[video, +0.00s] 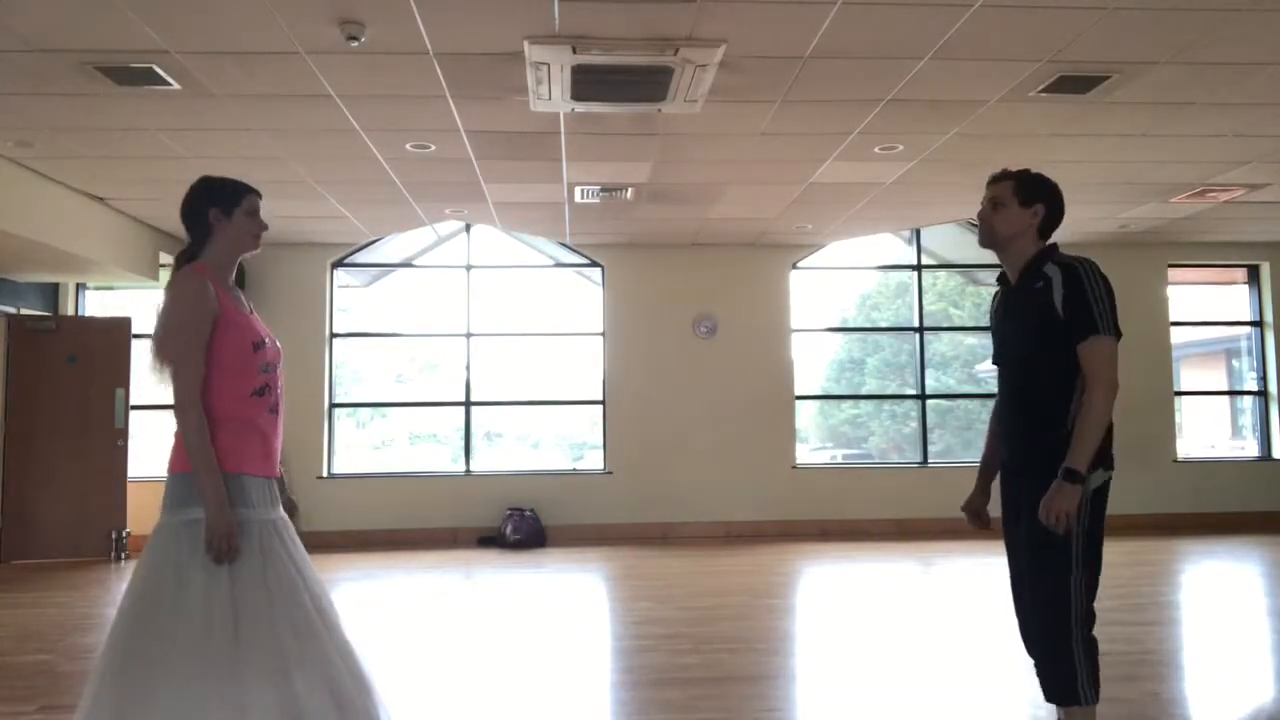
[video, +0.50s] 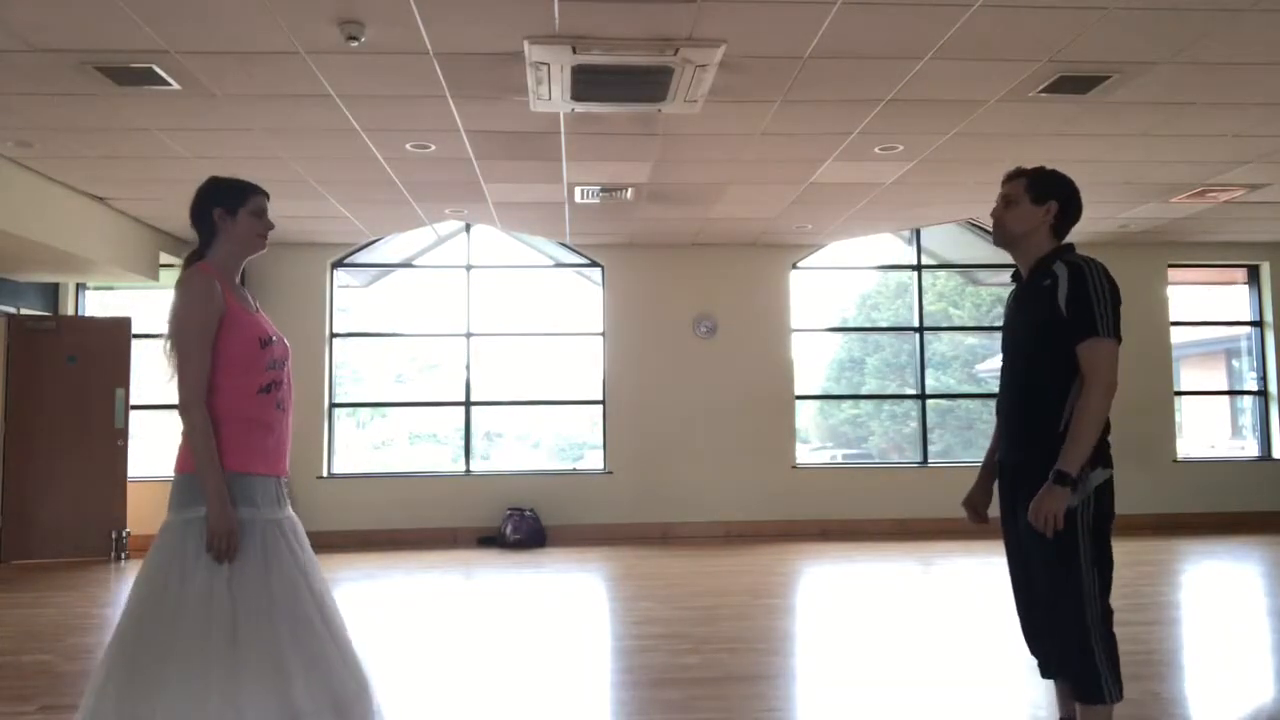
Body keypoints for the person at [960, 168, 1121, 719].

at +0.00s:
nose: (980, 213)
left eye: (994, 205)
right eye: (984, 204)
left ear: (1034, 217)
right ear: (1012, 220)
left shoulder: (1076, 277)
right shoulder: (1005, 297)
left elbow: (1102, 385)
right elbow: (1011, 397)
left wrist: (1072, 478)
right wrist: (983, 482)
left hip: (1067, 476)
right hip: (1022, 476)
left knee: (1063, 621)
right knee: (1038, 618)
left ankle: (1077, 714)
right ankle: (1070, 711)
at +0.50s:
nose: (994, 212)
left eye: (1009, 203)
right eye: (998, 203)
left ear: (1048, 212)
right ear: (1034, 215)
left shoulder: (1081, 274)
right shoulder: (1021, 293)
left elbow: (1100, 385)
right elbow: (1018, 398)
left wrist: (1062, 479)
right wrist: (986, 478)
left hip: (1068, 485)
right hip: (1025, 482)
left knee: (1081, 634)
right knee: (1052, 632)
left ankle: (1095, 715)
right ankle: (1069, 713)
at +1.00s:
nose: (1004, 206)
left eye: (1018, 199)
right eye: (1008, 198)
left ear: (1057, 210)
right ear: (1044, 212)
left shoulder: (1087, 274)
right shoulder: (1027, 290)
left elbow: (1102, 391)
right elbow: (1022, 396)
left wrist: (1062, 484)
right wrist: (991, 478)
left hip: (1075, 484)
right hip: (1028, 482)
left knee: (1087, 634)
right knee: (1052, 631)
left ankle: (1100, 715)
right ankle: (1070, 713)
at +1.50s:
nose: (996, 207)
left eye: (1011, 198)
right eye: (1000, 197)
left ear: (1052, 211)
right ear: (1033, 213)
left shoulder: (1084, 275)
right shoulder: (1022, 290)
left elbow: (1111, 387)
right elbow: (1021, 395)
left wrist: (1085, 489)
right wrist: (993, 476)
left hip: (1073, 481)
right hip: (1029, 478)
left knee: (1087, 627)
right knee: (1051, 623)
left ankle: (1099, 715)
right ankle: (1070, 712)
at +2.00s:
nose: (990, 210)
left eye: (1005, 200)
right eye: (994, 200)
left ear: (1046, 211)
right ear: (1029, 214)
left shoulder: (1078, 273)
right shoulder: (1020, 289)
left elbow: (1095, 388)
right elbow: (1016, 394)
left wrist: (1053, 483)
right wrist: (985, 477)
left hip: (1072, 484)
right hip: (1025, 481)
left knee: (1086, 634)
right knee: (1052, 632)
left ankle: (1099, 715)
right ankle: (1070, 713)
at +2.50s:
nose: (984, 212)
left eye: (996, 202)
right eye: (987, 202)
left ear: (1035, 210)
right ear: (1024, 214)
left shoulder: (1076, 274)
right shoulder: (1019, 291)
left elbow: (1097, 389)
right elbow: (1017, 396)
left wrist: (1065, 487)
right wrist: (988, 477)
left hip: (1068, 483)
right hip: (1025, 481)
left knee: (1084, 632)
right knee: (1052, 628)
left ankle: (1098, 715)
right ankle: (1069, 713)